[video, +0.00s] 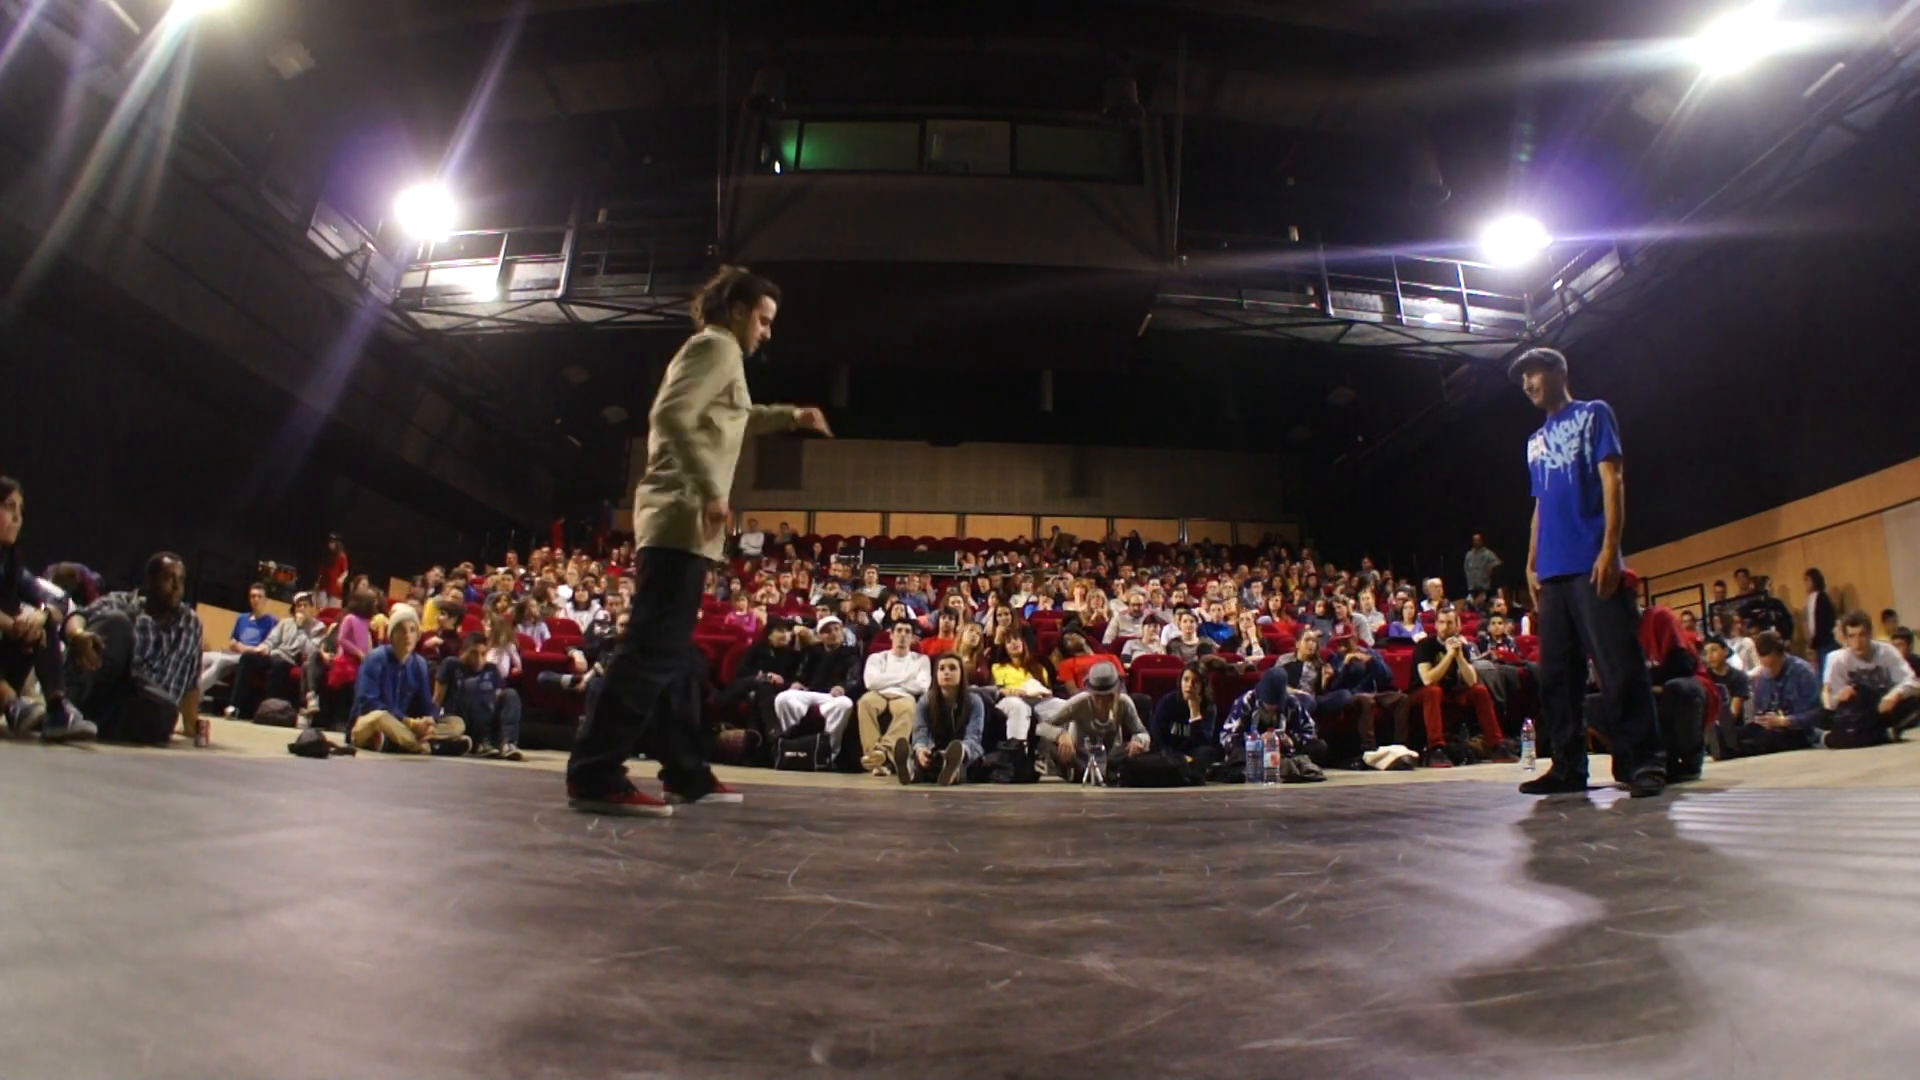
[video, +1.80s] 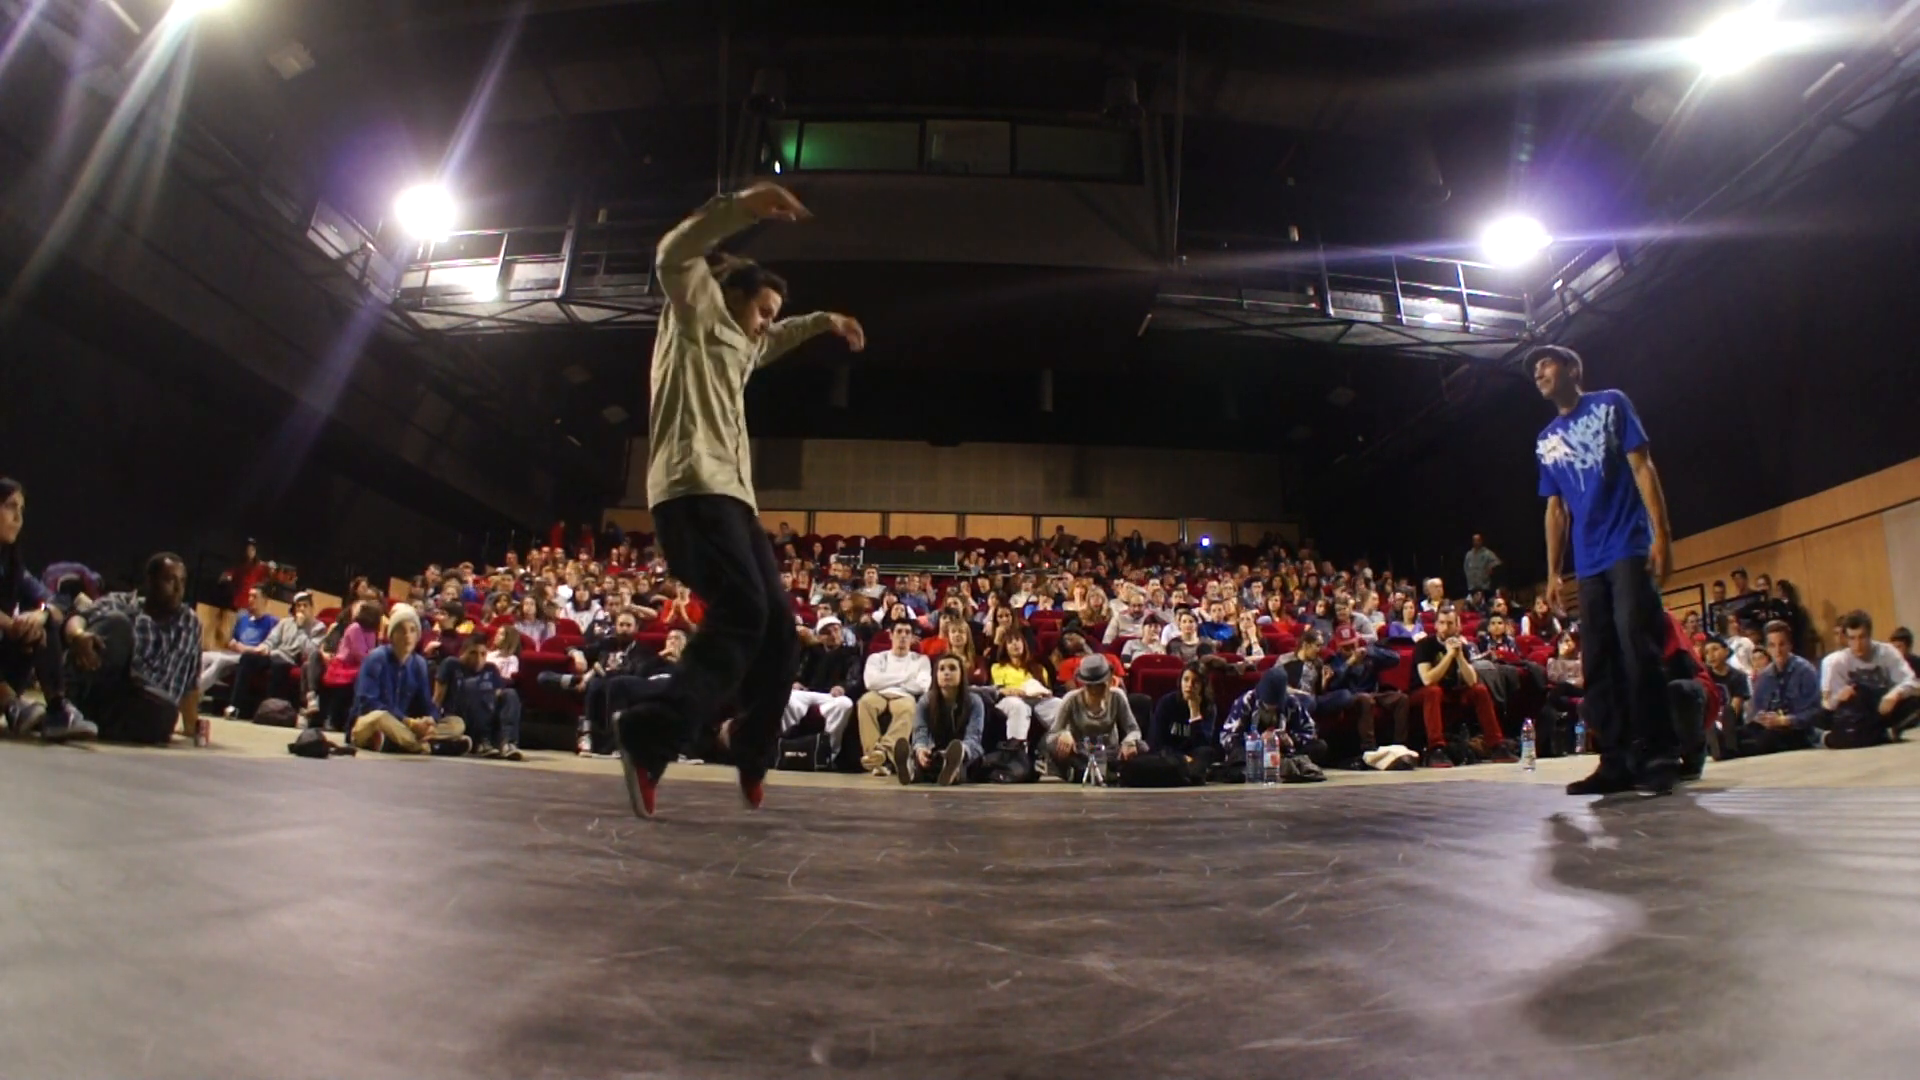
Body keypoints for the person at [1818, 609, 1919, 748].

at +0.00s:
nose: (1857, 642)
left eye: (1862, 635)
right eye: (1851, 636)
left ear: (1870, 634)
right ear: (1845, 638)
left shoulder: (1886, 651)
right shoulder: (1837, 659)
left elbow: (1911, 681)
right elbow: (1829, 702)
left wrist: (1894, 695)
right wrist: (1838, 697)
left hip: (1885, 703)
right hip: (1856, 704)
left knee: (1913, 704)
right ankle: (1885, 734)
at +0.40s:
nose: (1857, 643)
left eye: (1862, 636)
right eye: (1852, 637)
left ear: (1869, 635)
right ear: (1844, 638)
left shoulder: (1886, 652)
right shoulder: (1839, 661)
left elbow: (1911, 681)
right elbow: (1830, 702)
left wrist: (1893, 696)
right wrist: (1839, 696)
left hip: (1886, 703)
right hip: (1858, 705)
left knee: (1914, 704)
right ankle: (1884, 734)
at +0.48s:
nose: (1857, 643)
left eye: (1862, 636)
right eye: (1852, 637)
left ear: (1869, 635)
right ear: (1844, 638)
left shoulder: (1886, 652)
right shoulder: (1839, 661)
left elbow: (1911, 680)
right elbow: (1831, 703)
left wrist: (1893, 696)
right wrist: (1839, 696)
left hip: (1887, 702)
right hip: (1859, 705)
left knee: (1913, 703)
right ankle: (1884, 734)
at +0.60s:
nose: (1857, 643)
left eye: (1862, 636)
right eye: (1852, 637)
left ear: (1869, 635)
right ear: (1843, 638)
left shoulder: (1886, 652)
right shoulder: (1839, 661)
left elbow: (1911, 681)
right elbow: (1830, 702)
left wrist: (1894, 695)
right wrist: (1839, 696)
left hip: (1886, 702)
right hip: (1858, 704)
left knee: (1914, 703)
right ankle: (1885, 734)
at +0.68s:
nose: (1857, 643)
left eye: (1862, 636)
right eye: (1852, 638)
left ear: (1869, 635)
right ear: (1844, 638)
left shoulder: (1886, 652)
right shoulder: (1839, 661)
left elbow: (1911, 681)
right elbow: (1831, 703)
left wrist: (1894, 695)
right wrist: (1839, 697)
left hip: (1886, 702)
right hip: (1858, 704)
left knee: (1914, 703)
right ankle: (1885, 734)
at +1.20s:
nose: (1857, 643)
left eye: (1861, 637)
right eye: (1851, 638)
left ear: (1869, 636)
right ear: (1845, 639)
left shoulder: (1887, 652)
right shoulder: (1836, 661)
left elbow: (1911, 681)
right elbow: (1830, 702)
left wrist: (1894, 695)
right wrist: (1839, 696)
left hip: (1886, 703)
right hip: (1857, 705)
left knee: (1914, 704)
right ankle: (1884, 734)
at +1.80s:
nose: (1857, 643)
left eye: (1862, 637)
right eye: (1852, 638)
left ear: (1870, 636)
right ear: (1846, 638)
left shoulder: (1887, 652)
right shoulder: (1835, 662)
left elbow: (1911, 681)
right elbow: (1827, 703)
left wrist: (1894, 694)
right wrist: (1838, 697)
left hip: (1885, 704)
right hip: (1855, 706)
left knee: (1913, 703)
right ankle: (1884, 734)